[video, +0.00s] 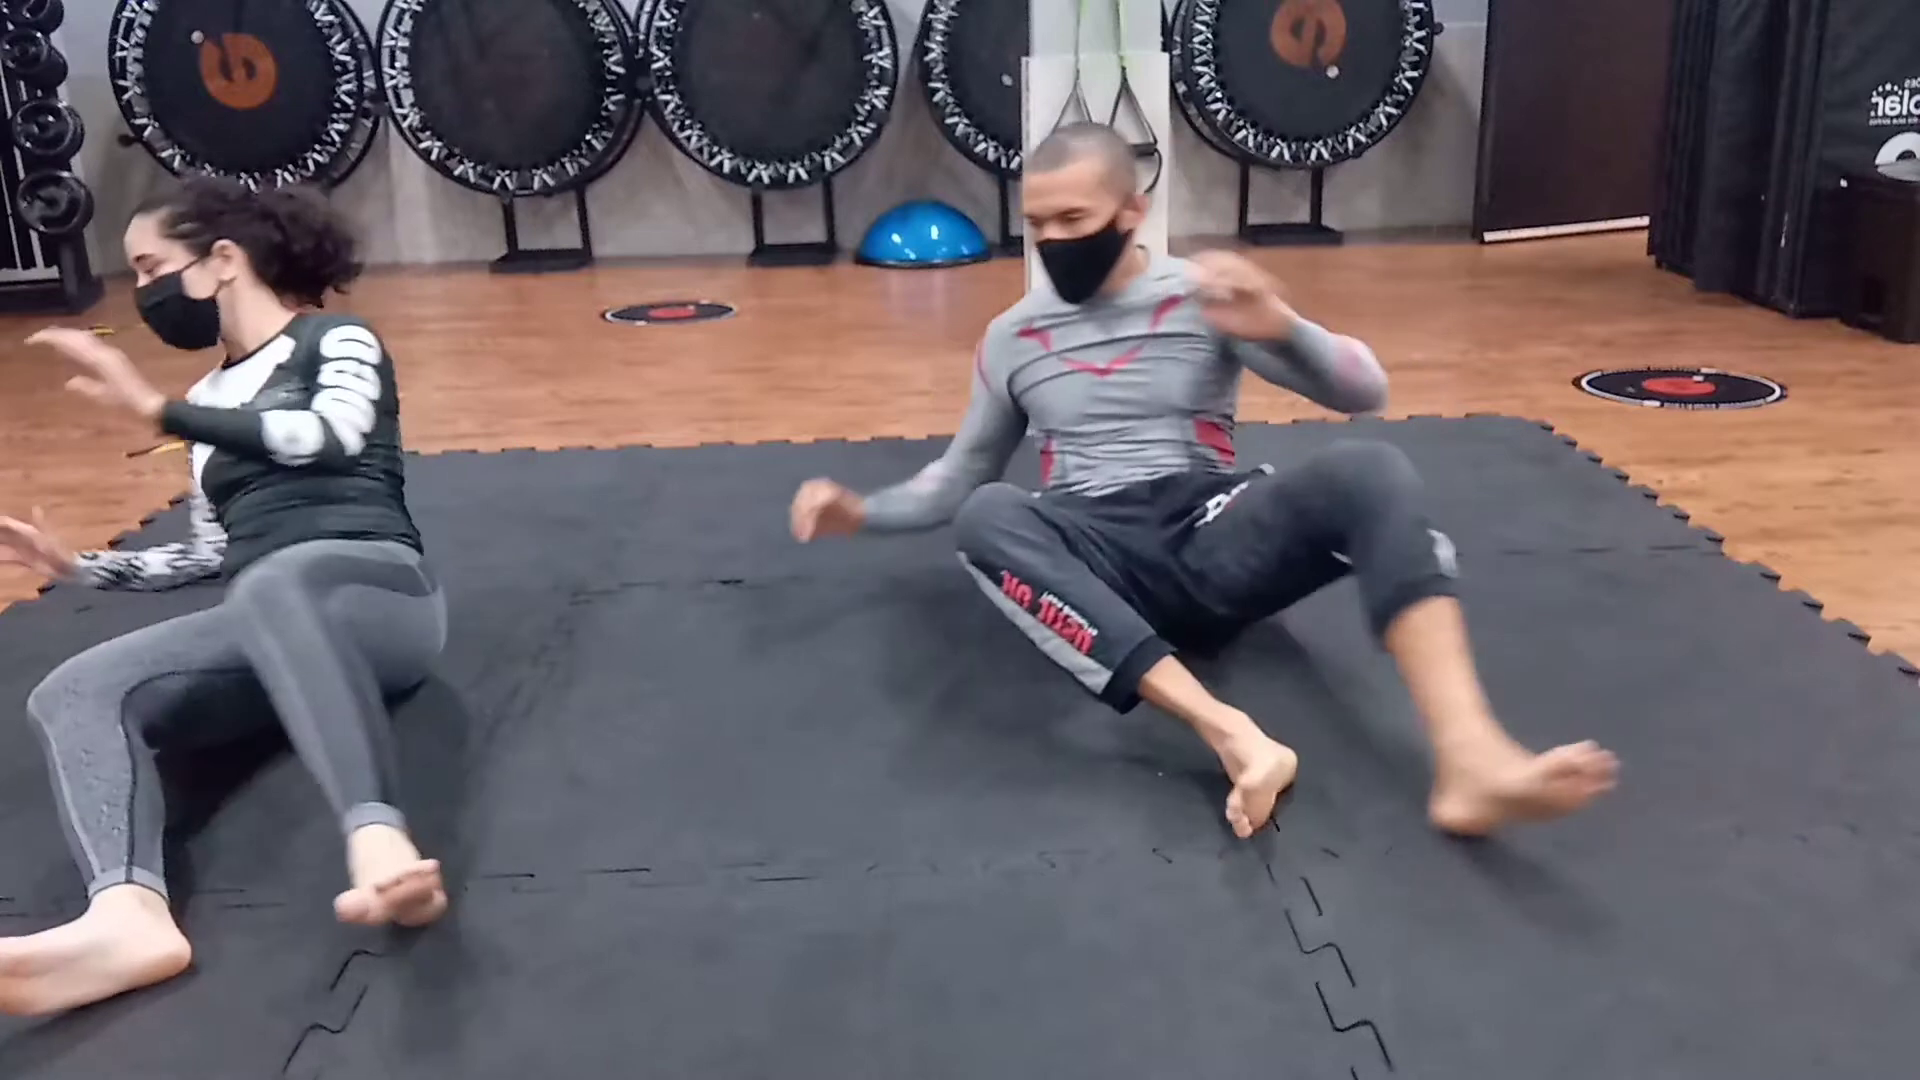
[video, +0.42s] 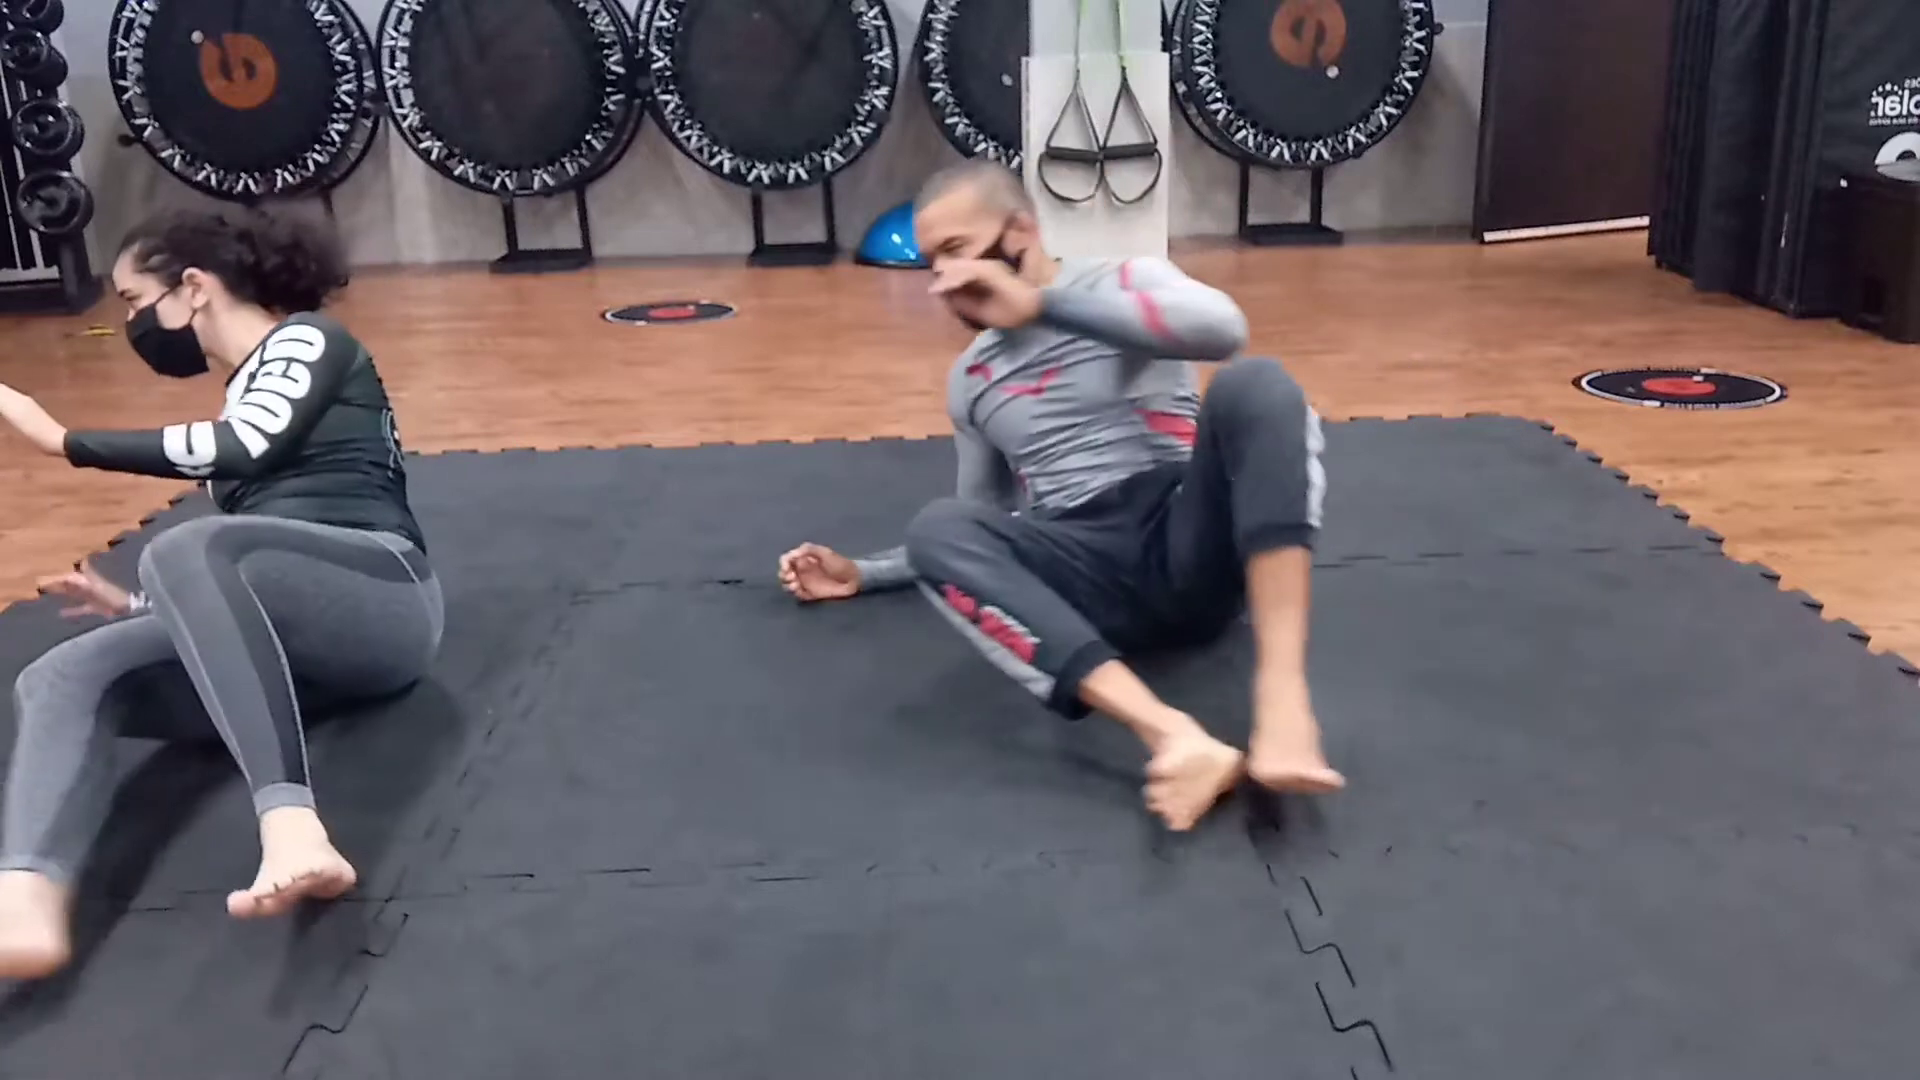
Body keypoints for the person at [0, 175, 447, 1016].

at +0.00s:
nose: (144, 299)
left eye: (152, 276)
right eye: (138, 281)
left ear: (224, 262)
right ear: (212, 270)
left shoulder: (340, 337)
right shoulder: (211, 406)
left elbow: (327, 435)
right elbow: (212, 549)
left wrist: (163, 410)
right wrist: (78, 566)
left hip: (381, 581)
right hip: (261, 618)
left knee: (269, 588)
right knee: (73, 691)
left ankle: (378, 841)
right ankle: (130, 908)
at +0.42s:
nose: (130, 326)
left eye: (135, 303)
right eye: (125, 309)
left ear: (196, 288)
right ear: (196, 296)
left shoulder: (310, 338)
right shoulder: (242, 407)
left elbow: (238, 447)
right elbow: (274, 552)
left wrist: (67, 442)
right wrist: (142, 604)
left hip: (381, 596)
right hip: (280, 647)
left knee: (182, 551)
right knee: (59, 676)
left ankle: (292, 827)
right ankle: (30, 898)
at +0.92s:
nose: (107, 356)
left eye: (108, 335)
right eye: (101, 342)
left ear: (161, 315)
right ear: (165, 320)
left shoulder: (258, 342)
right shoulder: (201, 432)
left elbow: (156, 430)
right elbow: (246, 583)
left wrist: (12, 440)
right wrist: (124, 618)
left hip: (365, 585)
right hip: (289, 651)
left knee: (106, 476)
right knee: (49, 704)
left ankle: (226, 767)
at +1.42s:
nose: (106, 378)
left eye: (105, 361)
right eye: (97, 369)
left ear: (143, 328)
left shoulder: (213, 342)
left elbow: (46, 447)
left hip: (312, 567)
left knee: (17, 513)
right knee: (16, 730)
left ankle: (212, 741)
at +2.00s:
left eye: (89, 379)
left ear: (128, 360)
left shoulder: (150, 360)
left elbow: (7, 440)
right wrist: (149, 468)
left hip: (368, 508)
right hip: (393, 633)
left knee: (30, 507)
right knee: (102, 717)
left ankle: (217, 742)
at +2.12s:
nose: (78, 412)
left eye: (88, 397)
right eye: (81, 404)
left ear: (123, 372)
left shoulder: (165, 363)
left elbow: (8, 451)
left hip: (397, 514)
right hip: (409, 631)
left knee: (61, 484)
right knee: (121, 711)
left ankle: (223, 743)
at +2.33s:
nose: (106, 421)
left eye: (108, 402)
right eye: (102, 410)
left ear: (150, 372)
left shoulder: (207, 365)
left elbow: (23, 471)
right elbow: (272, 583)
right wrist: (127, 602)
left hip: (461, 551)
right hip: (437, 653)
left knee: (160, 443)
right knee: (145, 699)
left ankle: (234, 737)